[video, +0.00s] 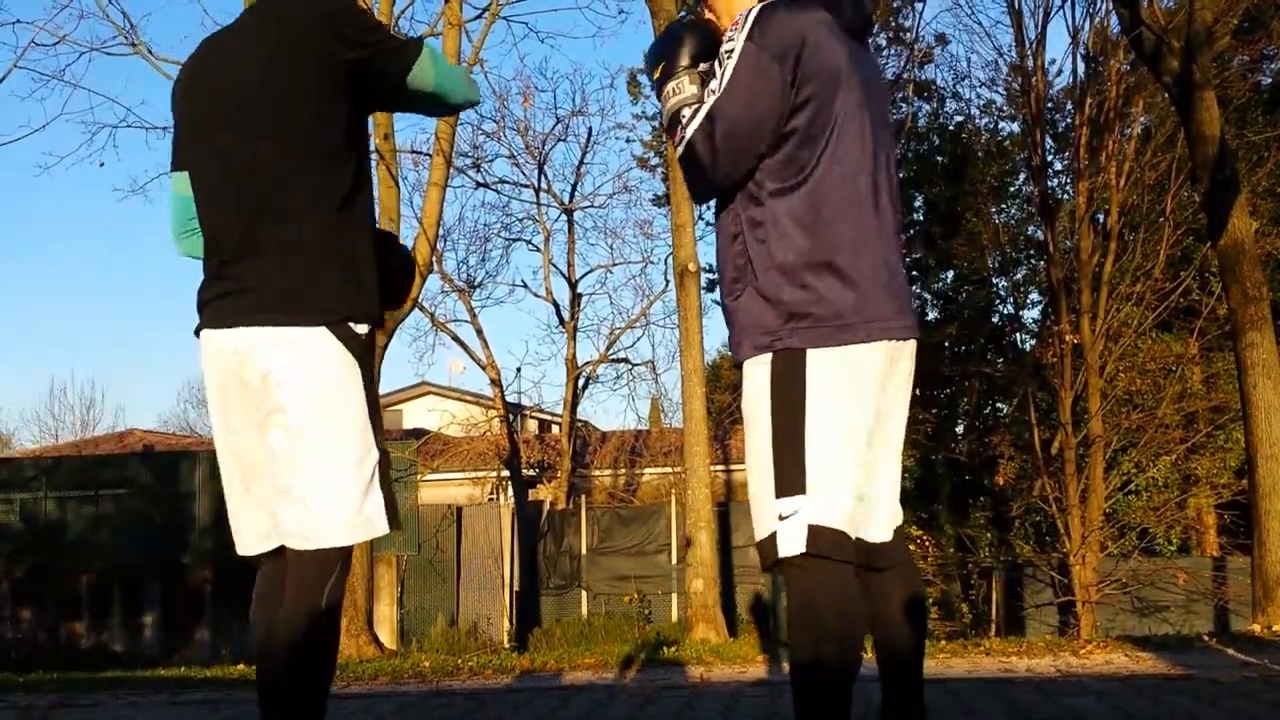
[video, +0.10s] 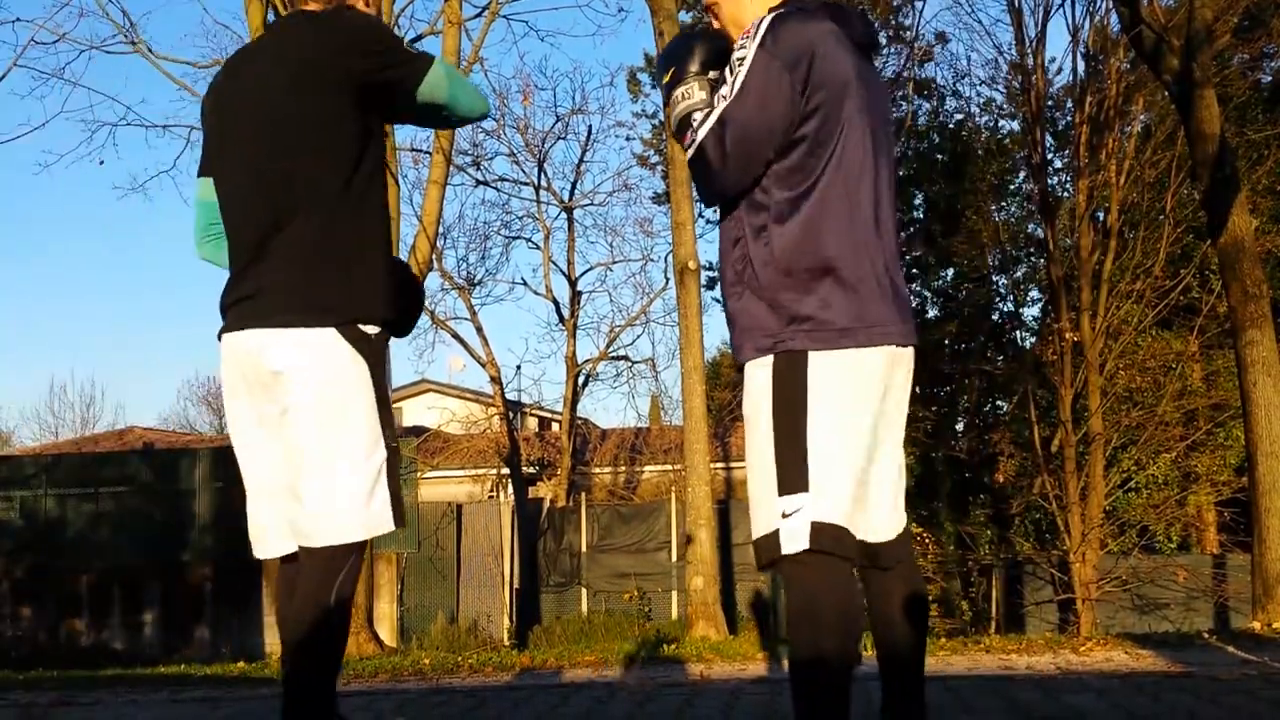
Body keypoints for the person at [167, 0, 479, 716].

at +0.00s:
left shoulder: (199, 66)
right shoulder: (331, 26)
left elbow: (188, 226)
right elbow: (459, 90)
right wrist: (371, 69)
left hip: (226, 332)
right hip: (311, 327)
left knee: (275, 544)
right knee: (319, 541)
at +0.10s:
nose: (380, 16)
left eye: (378, 14)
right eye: (374, 10)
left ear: (290, 5)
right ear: (352, 1)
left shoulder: (228, 79)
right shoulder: (350, 38)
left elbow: (213, 234)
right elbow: (470, 100)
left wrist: (349, 267)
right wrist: (395, 74)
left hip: (246, 332)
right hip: (328, 326)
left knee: (285, 534)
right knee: (337, 527)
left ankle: (305, 717)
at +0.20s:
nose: (401, 30)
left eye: (404, 22)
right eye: (403, 21)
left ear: (324, 13)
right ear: (385, 12)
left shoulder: (255, 93)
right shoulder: (372, 58)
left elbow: (234, 247)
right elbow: (483, 117)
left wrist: (374, 291)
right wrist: (404, 72)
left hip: (267, 338)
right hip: (337, 332)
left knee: (328, 534)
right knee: (360, 530)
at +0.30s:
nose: (431, 58)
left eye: (434, 42)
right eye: (432, 40)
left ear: (354, 22)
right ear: (410, 30)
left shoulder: (276, 111)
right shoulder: (374, 70)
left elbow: (258, 256)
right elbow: (493, 126)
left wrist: (389, 308)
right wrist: (437, 89)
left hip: (285, 350)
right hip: (345, 345)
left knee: (346, 542)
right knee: (403, 532)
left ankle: (335, 718)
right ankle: (335, 718)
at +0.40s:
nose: (454, 77)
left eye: (458, 65)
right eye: (456, 63)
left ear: (388, 35)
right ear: (431, 46)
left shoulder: (300, 111)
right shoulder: (387, 79)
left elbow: (299, 253)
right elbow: (502, 144)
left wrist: (407, 315)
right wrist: (448, 99)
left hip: (295, 347)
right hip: (351, 347)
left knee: (353, 536)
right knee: (450, 528)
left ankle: (343, 710)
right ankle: (350, 702)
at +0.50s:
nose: (472, 88)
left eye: (475, 73)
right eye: (473, 69)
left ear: (422, 44)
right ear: (444, 51)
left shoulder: (336, 106)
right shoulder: (395, 83)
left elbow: (347, 249)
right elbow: (506, 176)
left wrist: (436, 309)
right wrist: (451, 121)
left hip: (306, 345)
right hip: (359, 344)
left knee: (360, 529)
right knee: (467, 513)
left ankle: (345, 707)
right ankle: (396, 696)